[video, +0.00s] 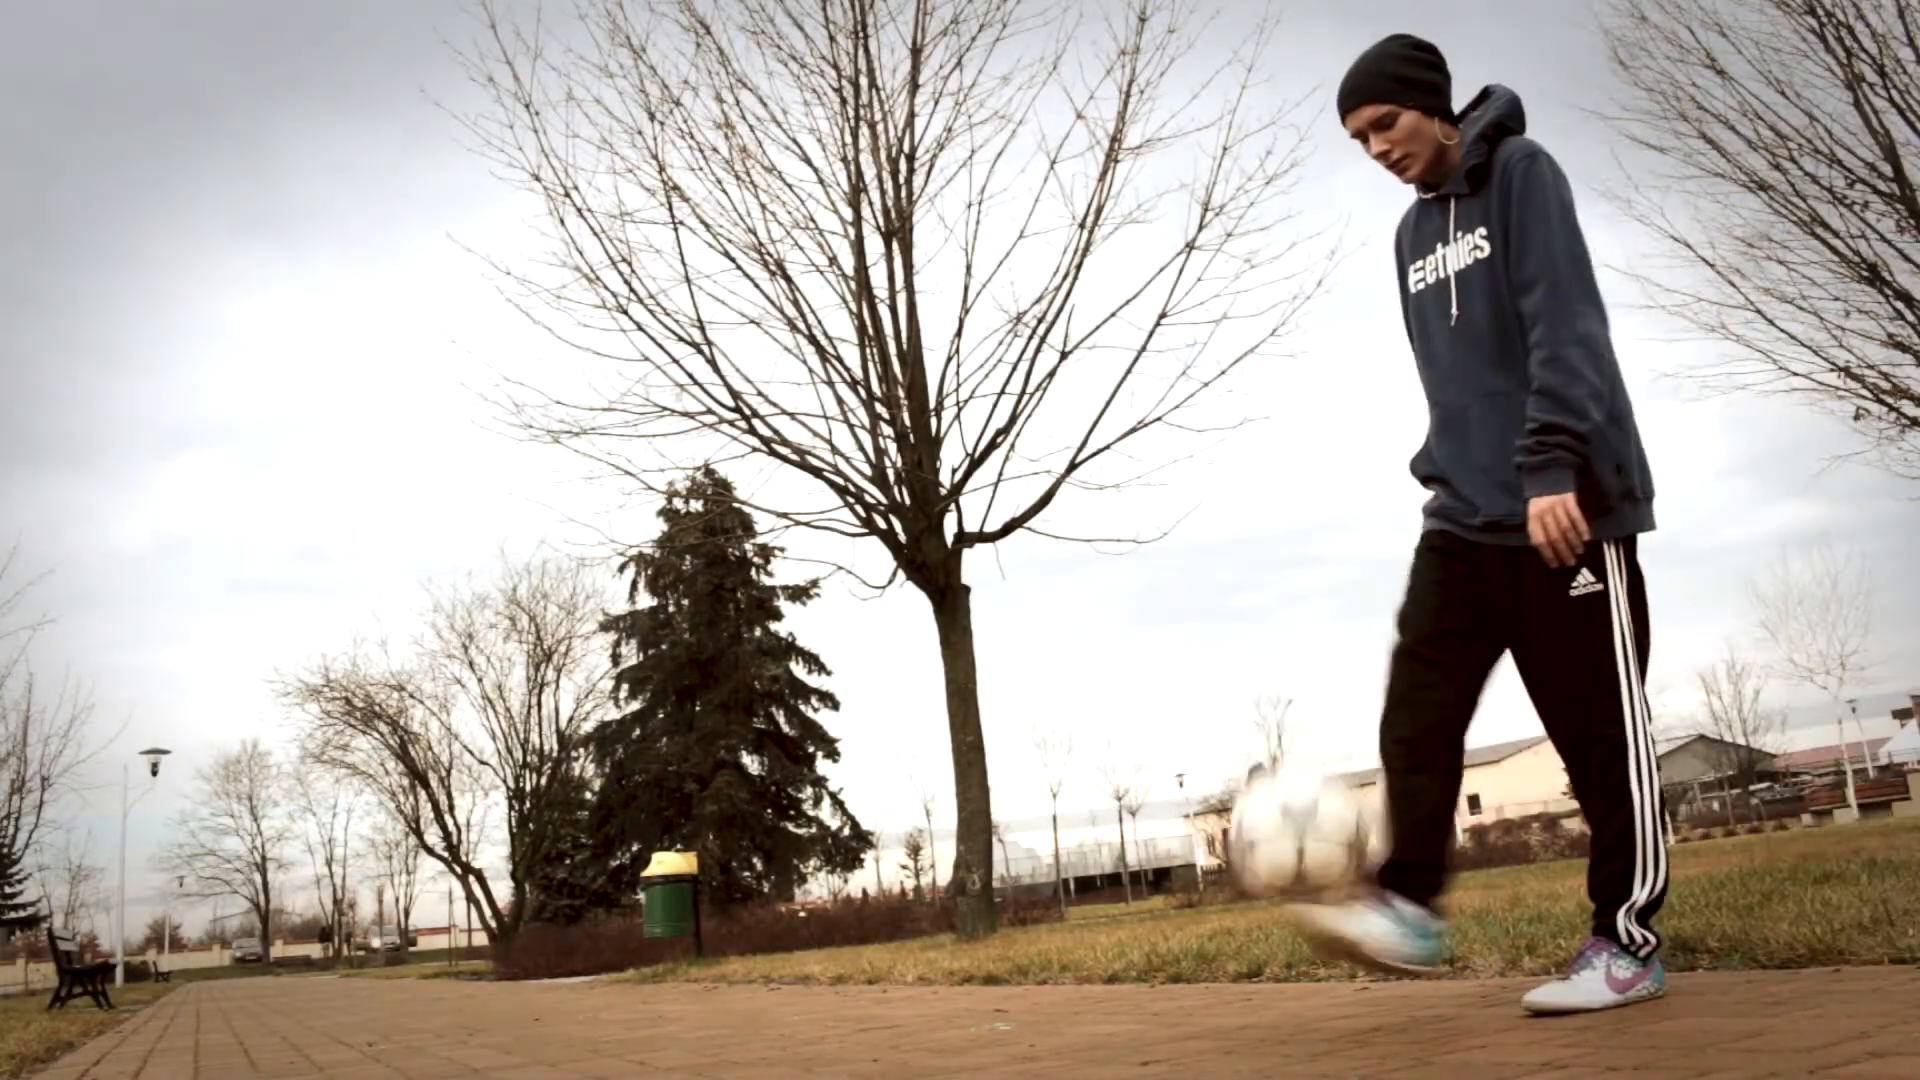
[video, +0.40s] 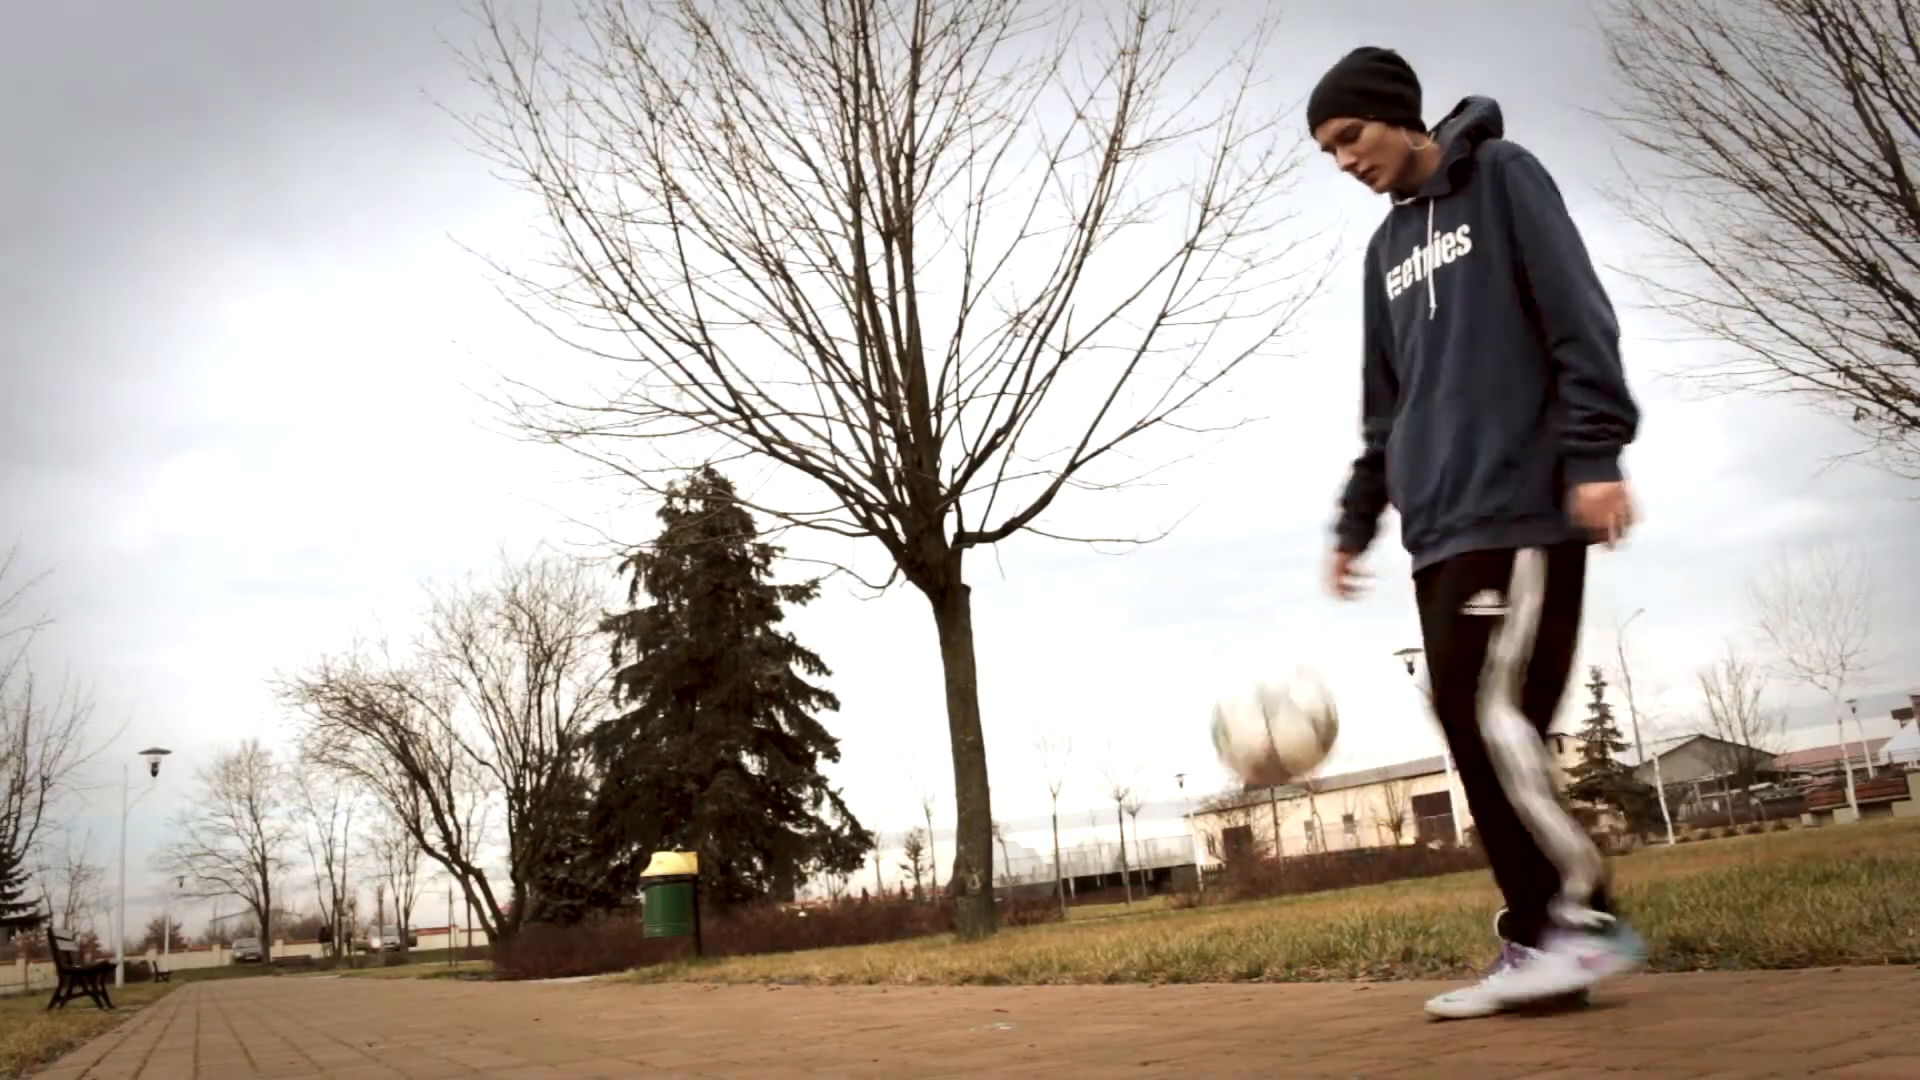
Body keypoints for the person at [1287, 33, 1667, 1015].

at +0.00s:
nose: (1379, 149)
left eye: (1387, 125)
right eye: (1364, 139)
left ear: (1431, 103)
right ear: (1366, 143)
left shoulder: (1520, 171)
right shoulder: (1412, 231)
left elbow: (1564, 322)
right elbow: (1449, 364)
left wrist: (1553, 469)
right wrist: (1452, 466)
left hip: (1563, 497)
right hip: (1465, 509)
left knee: (1602, 726)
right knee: (1422, 700)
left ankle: (1627, 943)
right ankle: (1409, 904)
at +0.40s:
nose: (1348, 160)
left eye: (1353, 136)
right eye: (1333, 151)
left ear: (1402, 111)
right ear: (1340, 155)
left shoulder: (1503, 178)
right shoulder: (1386, 247)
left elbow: (1578, 315)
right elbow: (1386, 404)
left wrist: (1595, 458)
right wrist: (1354, 519)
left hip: (1528, 494)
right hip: (1441, 516)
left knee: (1496, 708)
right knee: (1466, 719)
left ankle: (1590, 921)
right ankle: (1535, 945)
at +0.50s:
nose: (1333, 171)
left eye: (1337, 147)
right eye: (1318, 162)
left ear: (1387, 119)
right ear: (1328, 164)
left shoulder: (1490, 178)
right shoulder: (1377, 257)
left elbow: (1584, 301)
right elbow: (1360, 404)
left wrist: (1645, 445)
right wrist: (1286, 512)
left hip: (1525, 491)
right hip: (1449, 510)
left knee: (1429, 695)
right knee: (1479, 716)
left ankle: (1467, 930)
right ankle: (1546, 949)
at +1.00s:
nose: (1324, 163)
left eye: (1327, 138)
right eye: (1309, 154)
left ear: (1377, 108)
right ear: (1321, 153)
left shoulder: (1474, 169)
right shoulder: (1380, 238)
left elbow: (1547, 318)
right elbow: (1421, 388)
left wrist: (1520, 447)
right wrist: (1399, 499)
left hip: (1539, 503)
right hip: (1447, 525)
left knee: (1558, 720)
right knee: (1439, 710)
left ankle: (1607, 952)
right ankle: (1521, 938)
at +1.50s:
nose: (1299, 192)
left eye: (1299, 169)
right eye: (1286, 181)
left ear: (1341, 137)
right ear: (1311, 167)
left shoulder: (1451, 174)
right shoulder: (1368, 253)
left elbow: (1566, 302)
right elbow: (1411, 408)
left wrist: (1595, 443)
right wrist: (1396, 520)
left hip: (1531, 493)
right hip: (1462, 513)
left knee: (1471, 690)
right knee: (1487, 704)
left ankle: (1555, 933)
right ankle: (1561, 938)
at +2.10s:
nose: (1260, 243)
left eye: (1260, 220)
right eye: (1246, 231)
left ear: (1303, 184)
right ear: (1274, 210)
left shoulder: (1420, 209)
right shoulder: (1345, 278)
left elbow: (1552, 328)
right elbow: (1412, 385)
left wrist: (1523, 456)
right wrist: (1390, 472)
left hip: (1583, 480)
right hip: (1485, 500)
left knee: (1580, 719)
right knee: (1423, 648)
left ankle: (1610, 953)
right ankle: (1455, 873)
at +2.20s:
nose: (1263, 261)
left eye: (1263, 239)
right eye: (1250, 249)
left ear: (1304, 203)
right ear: (1283, 224)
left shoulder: (1419, 232)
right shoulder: (1355, 294)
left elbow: (1508, 353)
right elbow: (1437, 401)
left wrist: (1442, 469)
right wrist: (1443, 486)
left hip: (1573, 480)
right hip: (1495, 486)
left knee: (1549, 710)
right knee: (1350, 533)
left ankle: (1608, 953)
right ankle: (1346, 730)